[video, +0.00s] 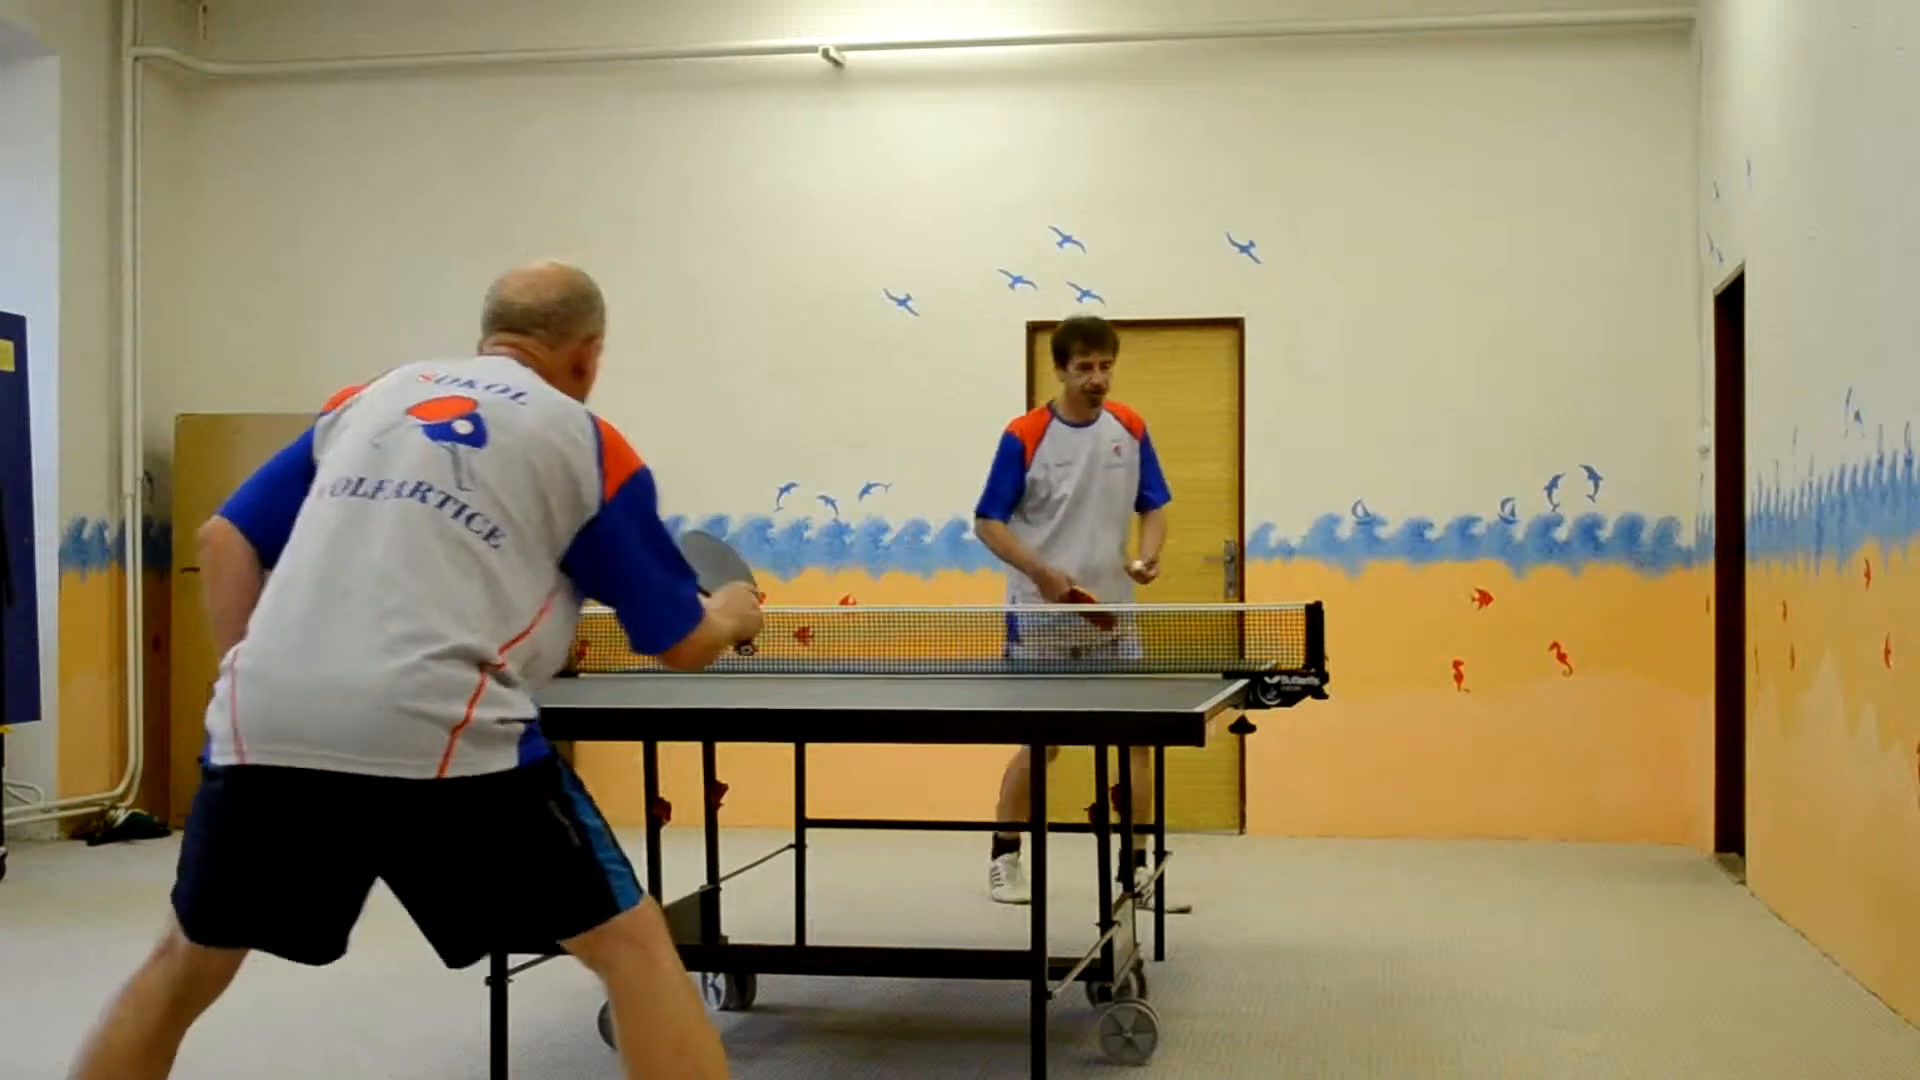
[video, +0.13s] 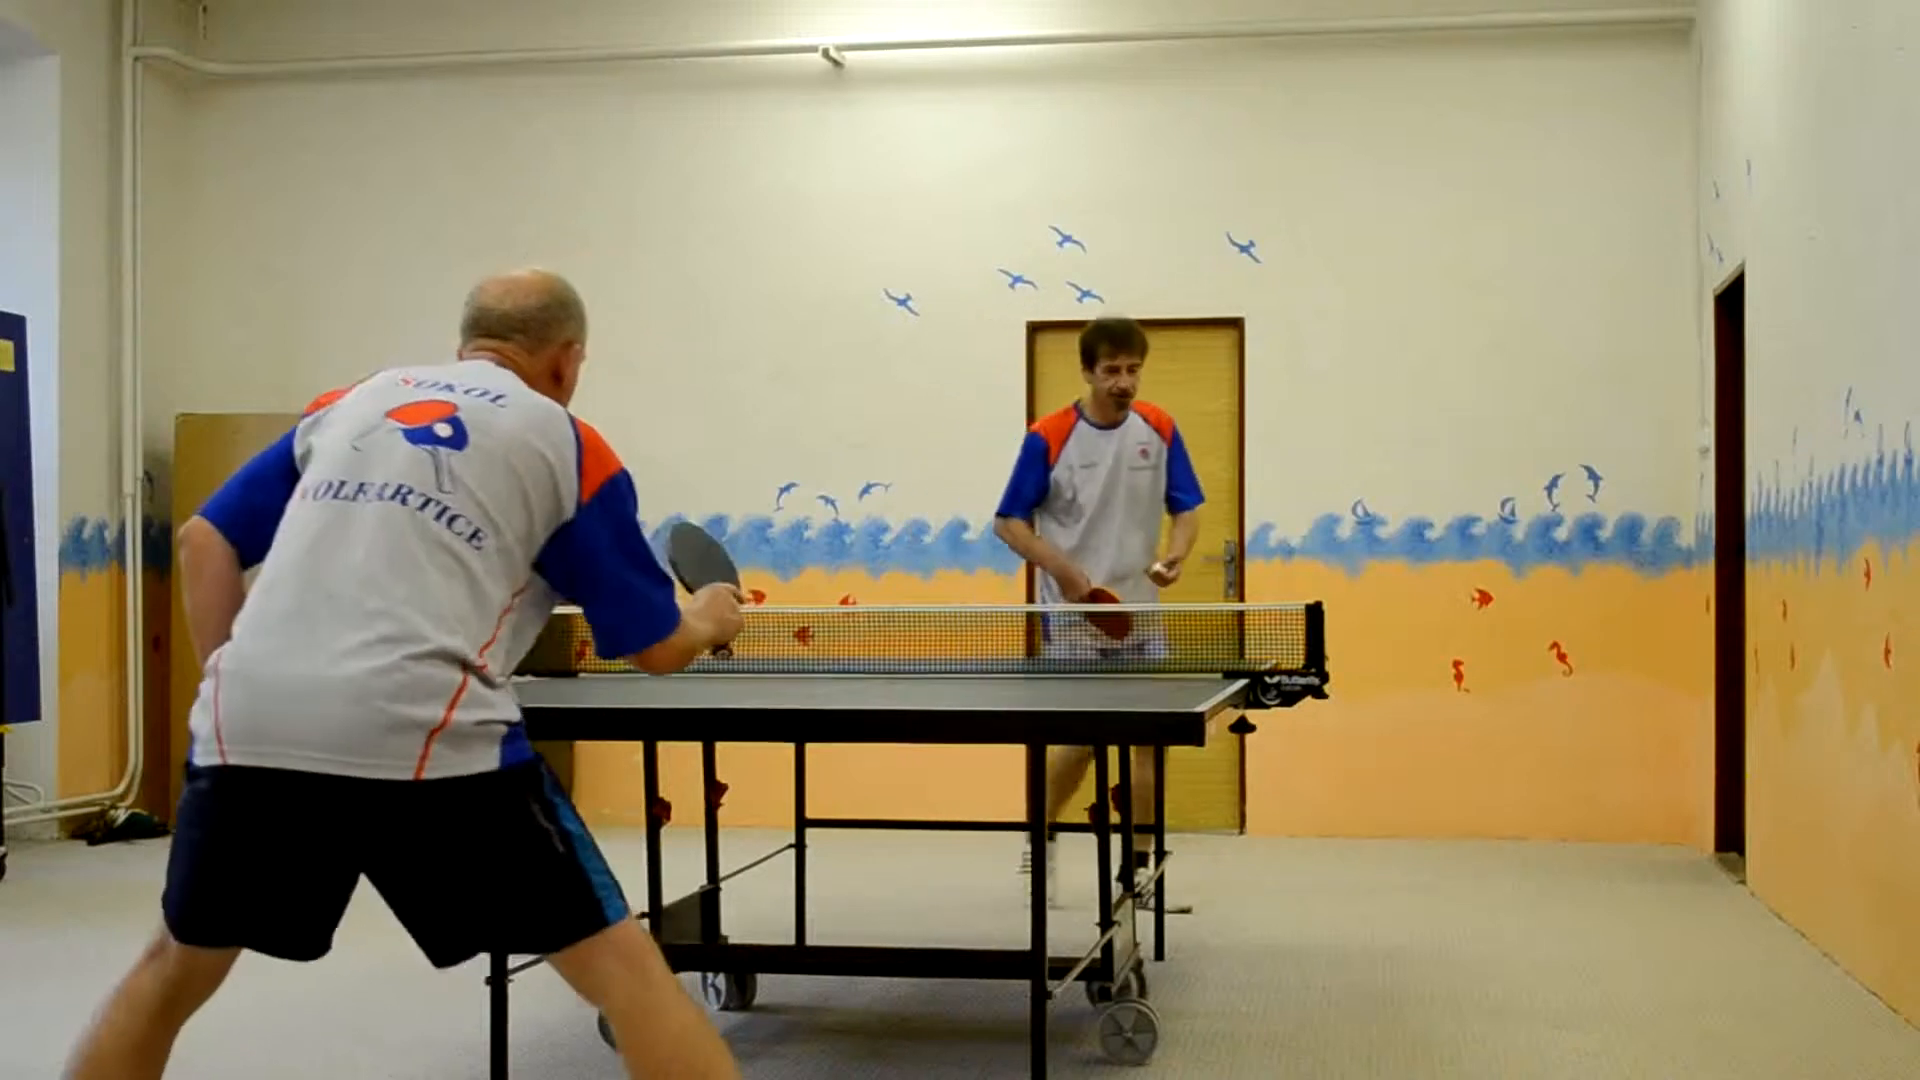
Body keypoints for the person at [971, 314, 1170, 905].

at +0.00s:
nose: (1096, 378)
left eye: (1104, 367)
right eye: (1085, 368)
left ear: (1114, 367)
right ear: (1060, 369)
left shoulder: (1129, 428)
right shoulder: (1024, 435)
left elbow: (1153, 505)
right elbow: (987, 522)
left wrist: (1147, 553)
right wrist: (1041, 573)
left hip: (1112, 616)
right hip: (1041, 616)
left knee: (1138, 737)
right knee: (1038, 741)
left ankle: (1132, 863)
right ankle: (1004, 858)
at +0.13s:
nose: (1123, 381)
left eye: (1131, 370)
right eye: (1111, 370)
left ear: (1142, 369)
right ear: (1086, 371)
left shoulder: (1158, 429)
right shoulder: (1049, 437)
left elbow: (1185, 507)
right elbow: (1008, 522)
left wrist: (1174, 555)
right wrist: (1061, 568)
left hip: (1139, 609)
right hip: (1070, 611)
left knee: (1150, 734)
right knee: (1078, 736)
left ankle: (1139, 867)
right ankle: (1039, 843)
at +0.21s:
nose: (1136, 383)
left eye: (1145, 372)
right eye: (1125, 373)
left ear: (1156, 370)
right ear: (1101, 372)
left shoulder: (1175, 429)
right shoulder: (1061, 437)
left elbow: (1202, 507)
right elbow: (1021, 523)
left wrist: (1188, 556)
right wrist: (1074, 573)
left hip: (1153, 612)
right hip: (1084, 614)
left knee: (1159, 739)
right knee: (1097, 737)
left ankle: (1139, 867)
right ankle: (1083, 864)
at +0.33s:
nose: (1152, 392)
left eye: (1161, 379)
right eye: (1140, 380)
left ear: (1172, 376)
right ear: (1115, 378)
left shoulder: (1192, 429)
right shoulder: (1076, 441)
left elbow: (1221, 506)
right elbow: (1033, 527)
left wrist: (1204, 559)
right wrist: (1082, 579)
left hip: (1171, 617)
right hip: (1100, 621)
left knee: (1173, 747)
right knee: (1128, 755)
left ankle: (1141, 873)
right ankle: (1136, 882)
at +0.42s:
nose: (1161, 401)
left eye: (1170, 388)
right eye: (1148, 389)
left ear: (1181, 384)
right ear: (1124, 385)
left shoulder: (1200, 433)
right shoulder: (1085, 447)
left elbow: (1232, 513)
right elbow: (1038, 536)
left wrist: (1212, 570)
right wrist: (1098, 597)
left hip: (1180, 618)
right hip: (1111, 624)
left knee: (1187, 748)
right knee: (1141, 753)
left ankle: (1148, 866)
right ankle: (1144, 884)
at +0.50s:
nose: (1166, 410)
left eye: (1176, 397)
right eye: (1154, 398)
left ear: (1187, 393)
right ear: (1130, 394)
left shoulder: (1206, 437)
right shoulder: (1092, 453)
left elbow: (1237, 520)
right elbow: (1043, 540)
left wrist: (1225, 574)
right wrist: (1101, 604)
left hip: (1184, 618)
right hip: (1117, 624)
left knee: (1216, 738)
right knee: (1142, 754)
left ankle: (1150, 856)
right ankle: (1148, 879)